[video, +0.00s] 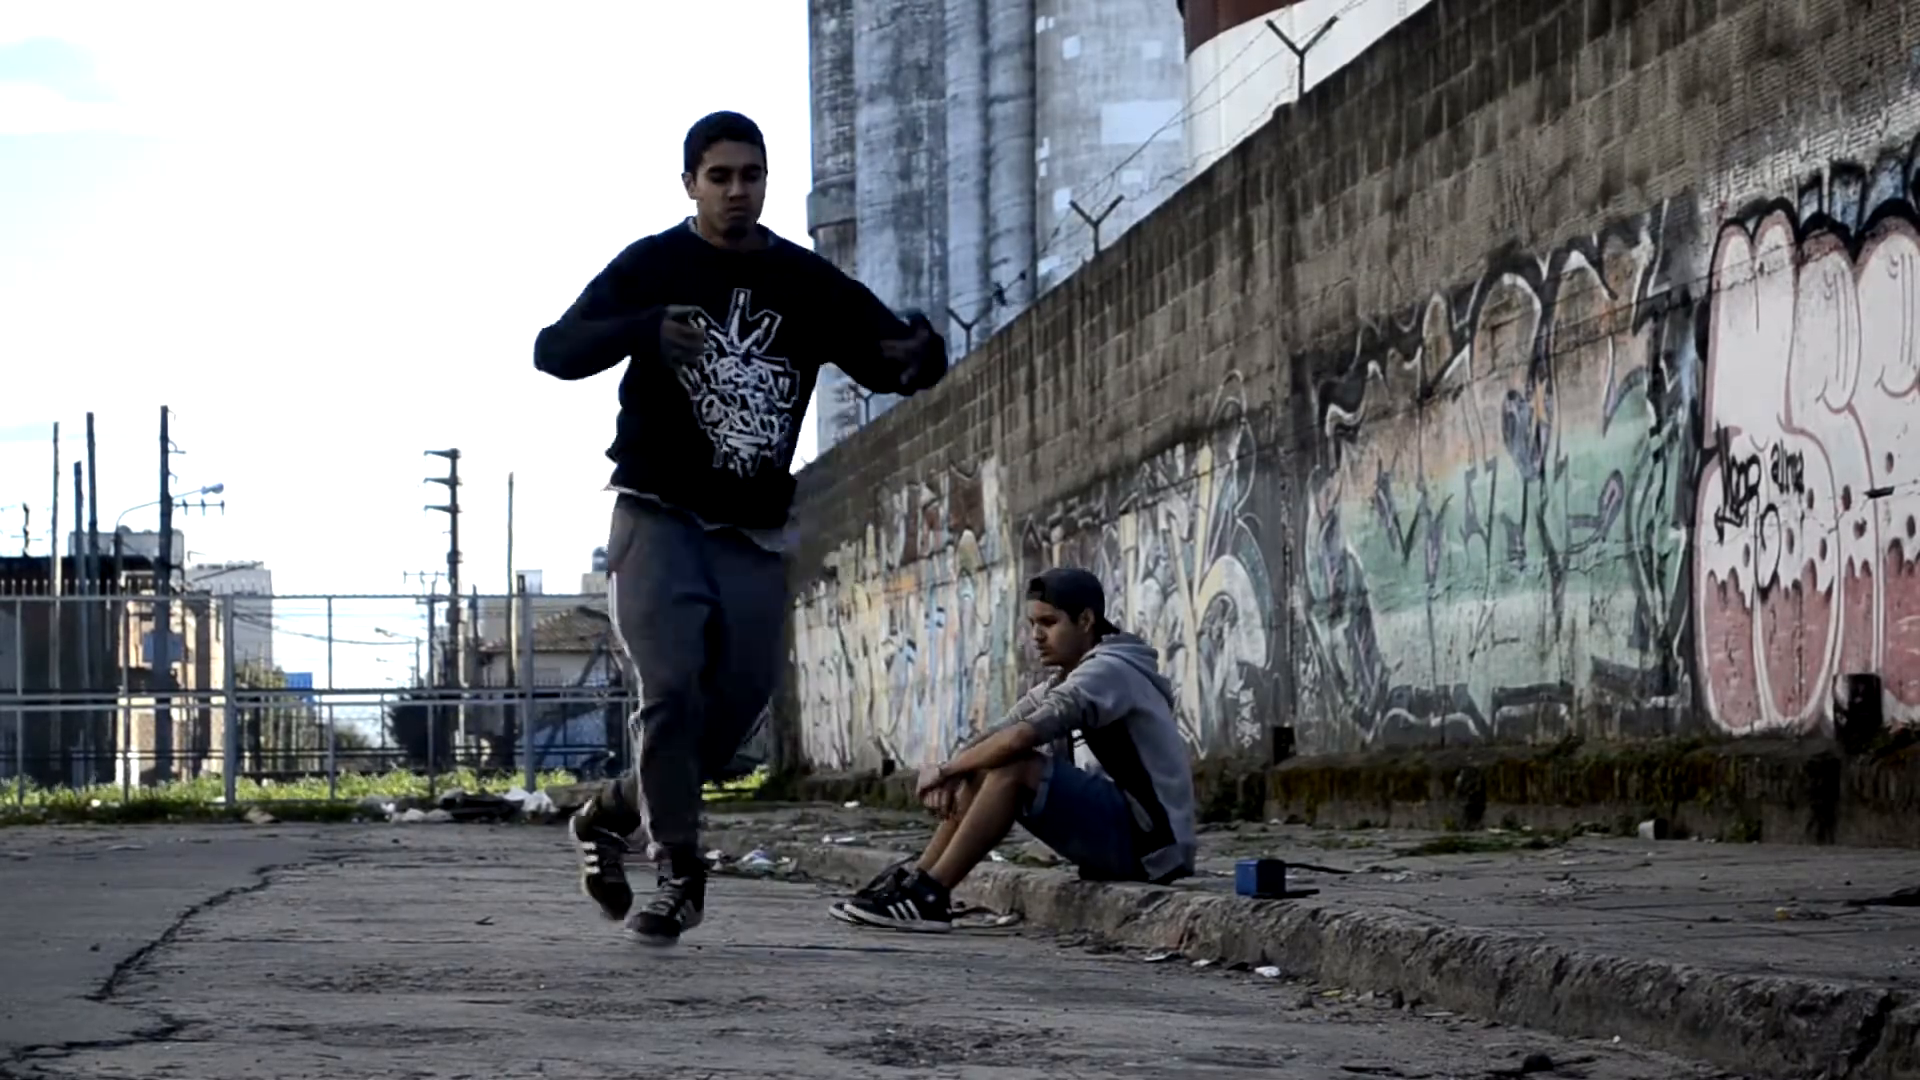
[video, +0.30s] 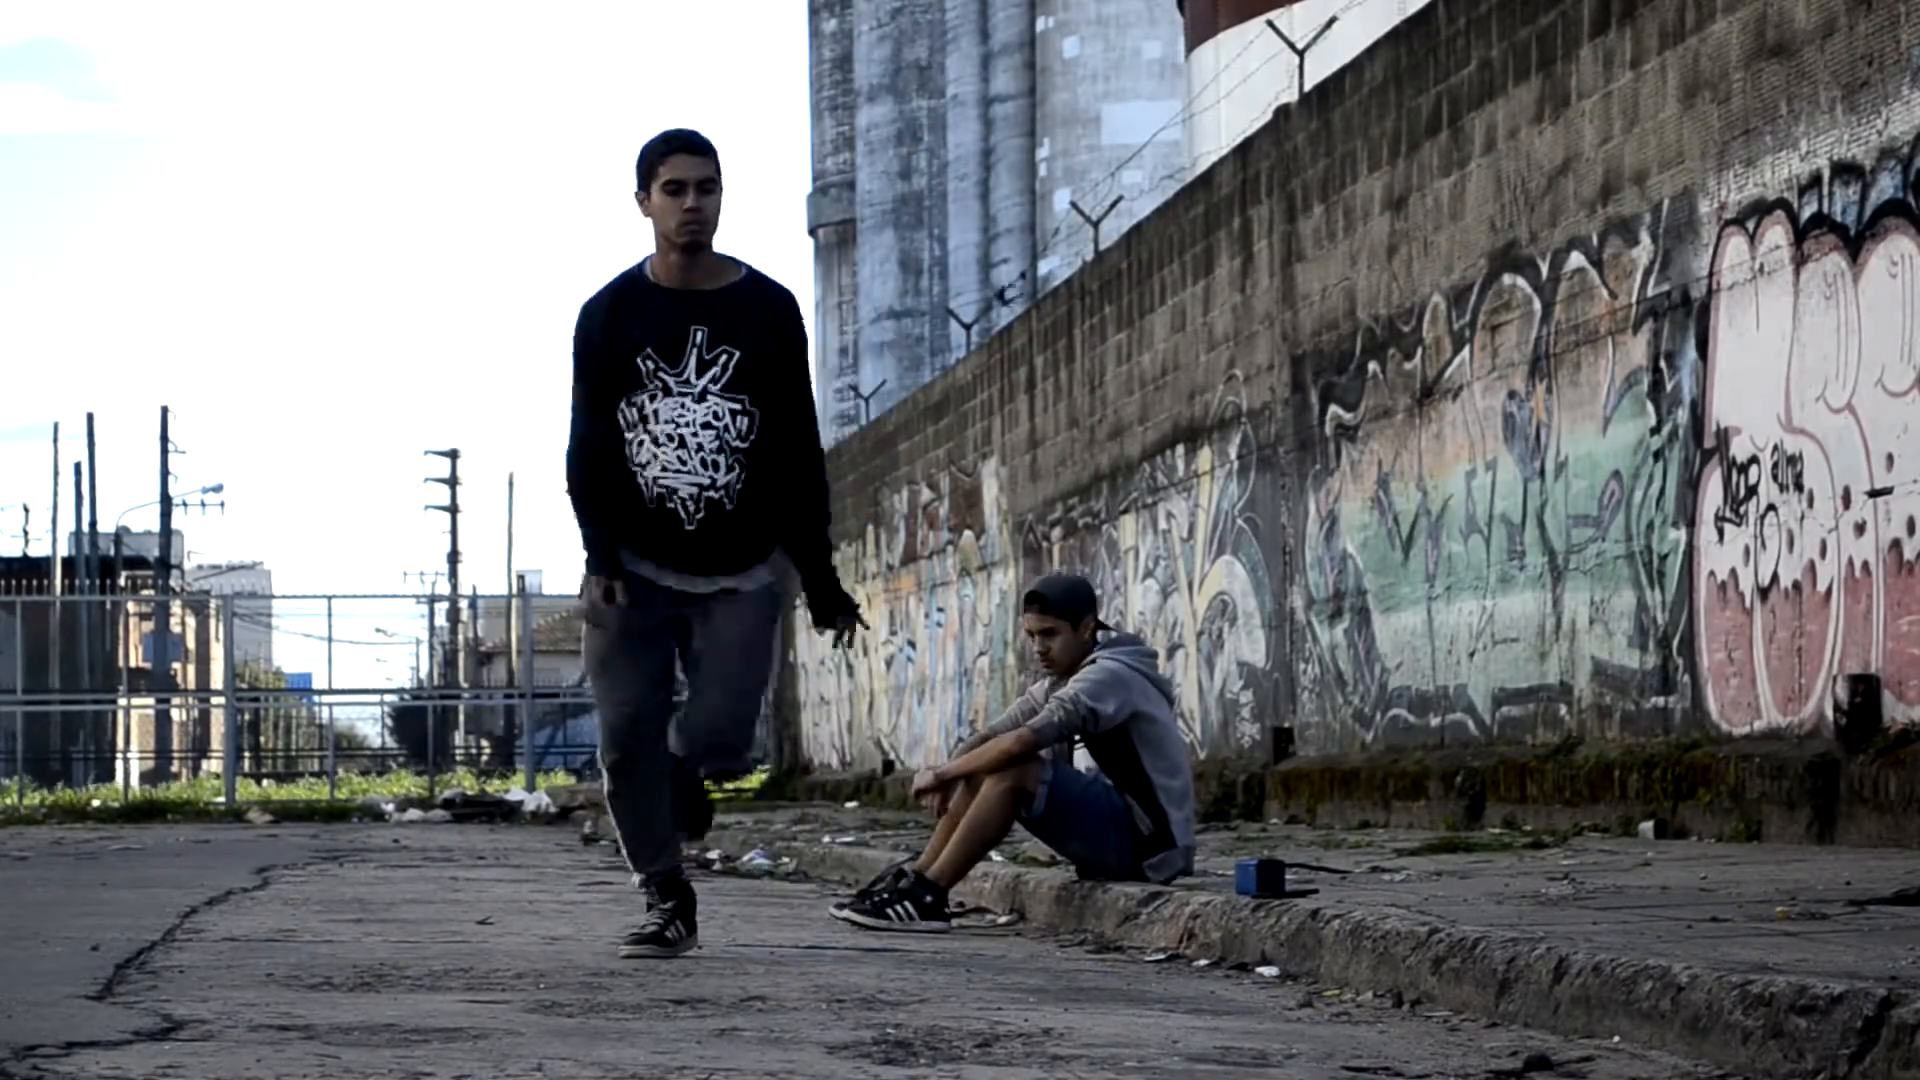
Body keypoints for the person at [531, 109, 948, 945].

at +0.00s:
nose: (738, 191)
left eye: (752, 176)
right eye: (721, 177)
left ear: (768, 182)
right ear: (691, 185)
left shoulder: (807, 279)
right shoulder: (653, 265)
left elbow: (899, 362)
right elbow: (556, 352)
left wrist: (924, 350)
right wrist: (644, 329)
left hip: (757, 531)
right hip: (659, 518)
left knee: (735, 712)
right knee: (667, 691)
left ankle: (605, 822)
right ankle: (679, 877)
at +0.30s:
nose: (692, 204)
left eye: (705, 189)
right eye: (675, 190)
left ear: (722, 199)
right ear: (645, 201)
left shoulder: (770, 307)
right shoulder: (608, 313)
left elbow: (798, 444)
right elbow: (589, 443)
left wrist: (819, 573)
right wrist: (600, 551)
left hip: (744, 566)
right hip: (633, 563)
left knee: (723, 741)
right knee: (628, 738)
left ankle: (687, 758)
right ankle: (664, 897)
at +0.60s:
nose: (726, 211)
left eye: (739, 196)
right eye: (708, 198)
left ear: (758, 207)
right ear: (680, 211)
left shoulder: (799, 319)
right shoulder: (640, 295)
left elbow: (839, 459)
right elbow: (544, 340)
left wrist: (850, 586)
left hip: (782, 558)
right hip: (672, 570)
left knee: (802, 701)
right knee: (640, 766)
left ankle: (836, 894)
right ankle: (682, 897)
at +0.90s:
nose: (766, 291)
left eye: (770, 277)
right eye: (744, 279)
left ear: (777, 292)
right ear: (699, 304)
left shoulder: (835, 389)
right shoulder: (660, 388)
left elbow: (962, 413)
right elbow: (570, 323)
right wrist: (636, 243)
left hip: (794, 634)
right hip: (689, 661)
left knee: (800, 700)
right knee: (616, 858)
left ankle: (843, 911)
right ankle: (688, 887)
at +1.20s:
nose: (743, 187)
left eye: (746, 174)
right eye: (723, 176)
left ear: (753, 188)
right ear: (678, 193)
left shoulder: (798, 292)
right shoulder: (635, 294)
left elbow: (864, 407)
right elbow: (515, 357)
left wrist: (887, 315)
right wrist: (601, 263)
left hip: (780, 553)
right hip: (671, 559)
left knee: (796, 715)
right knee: (629, 750)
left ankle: (822, 898)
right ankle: (677, 890)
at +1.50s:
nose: (700, 172)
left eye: (711, 157)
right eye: (682, 158)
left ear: (724, 170)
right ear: (647, 170)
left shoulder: (766, 278)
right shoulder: (606, 283)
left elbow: (809, 407)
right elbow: (562, 416)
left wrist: (845, 515)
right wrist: (595, 513)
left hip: (746, 546)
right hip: (638, 549)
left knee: (785, 700)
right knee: (632, 723)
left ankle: (727, 865)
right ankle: (631, 891)